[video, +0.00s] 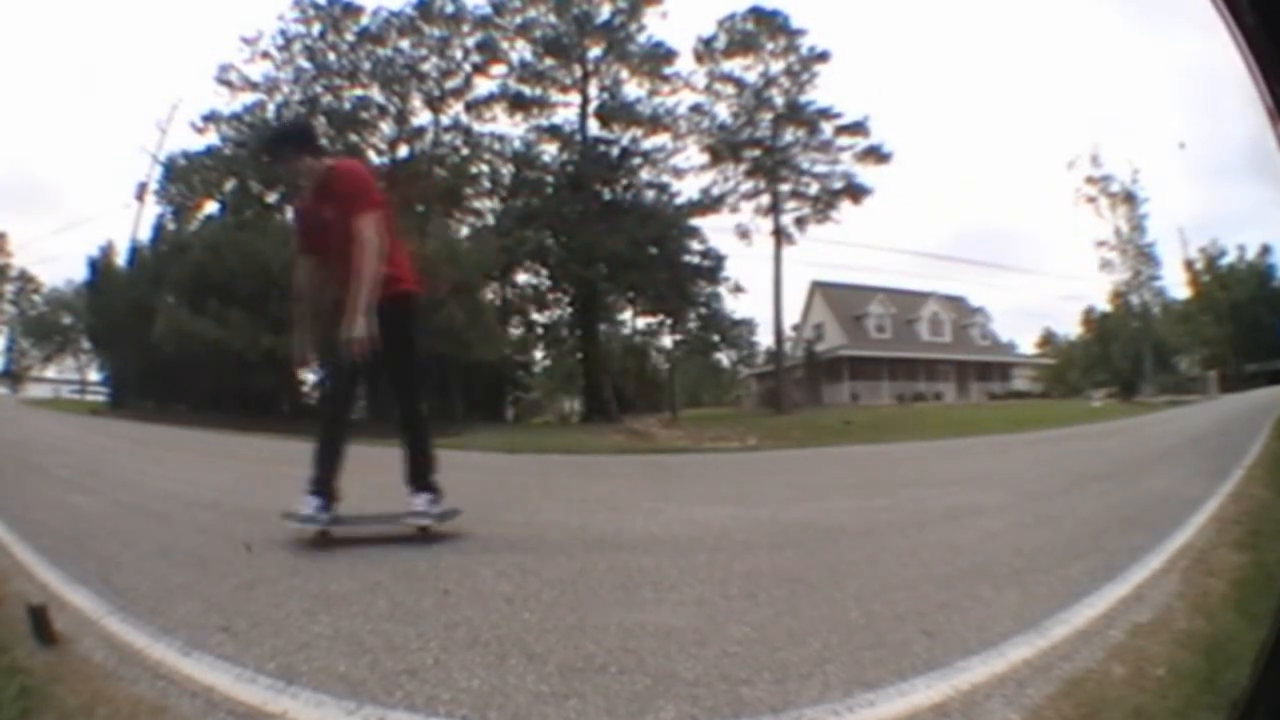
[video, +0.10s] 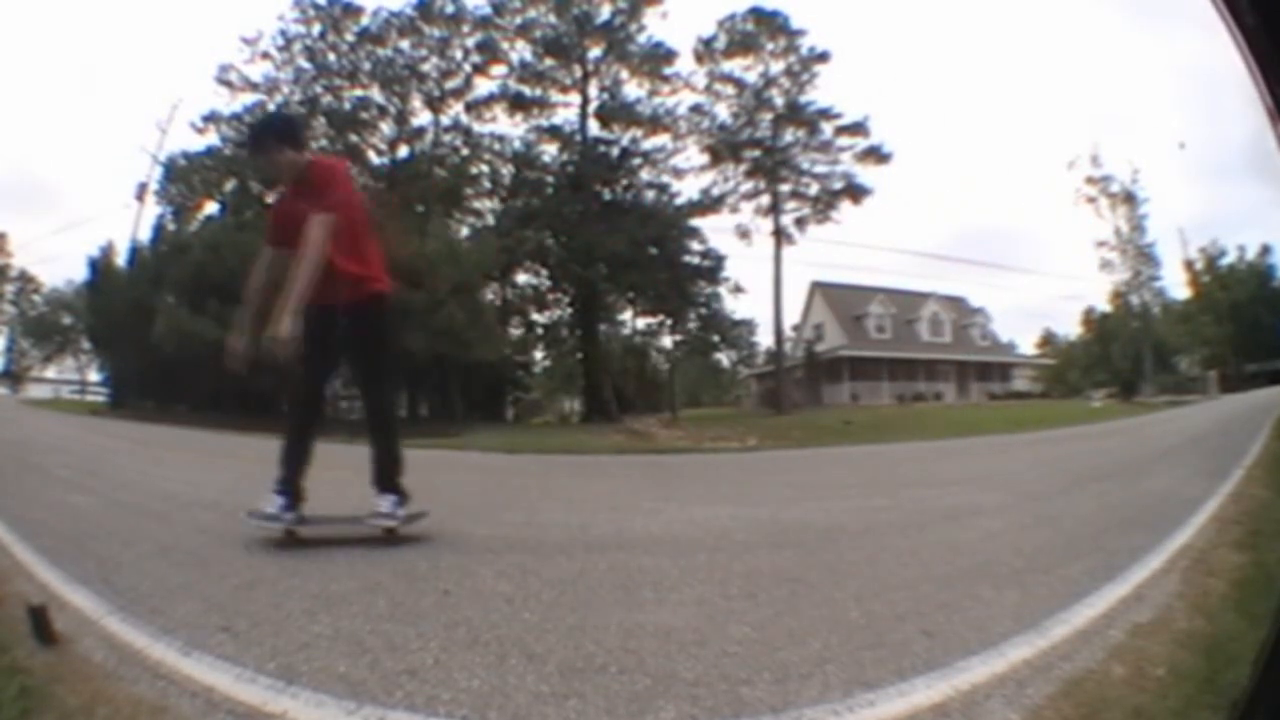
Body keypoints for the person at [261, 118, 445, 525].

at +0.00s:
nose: (288, 175)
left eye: (289, 165)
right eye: (282, 168)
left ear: (305, 154)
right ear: (287, 166)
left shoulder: (350, 175)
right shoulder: (306, 208)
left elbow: (370, 248)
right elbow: (307, 275)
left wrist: (360, 314)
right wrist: (305, 339)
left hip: (389, 298)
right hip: (347, 304)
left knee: (405, 392)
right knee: (335, 396)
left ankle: (424, 488)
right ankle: (322, 495)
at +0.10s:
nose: (263, 169)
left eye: (267, 157)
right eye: (259, 160)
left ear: (289, 149)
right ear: (269, 157)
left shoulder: (331, 177)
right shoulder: (285, 205)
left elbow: (315, 250)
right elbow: (266, 268)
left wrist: (288, 315)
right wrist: (243, 329)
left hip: (365, 303)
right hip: (321, 307)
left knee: (378, 397)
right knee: (305, 395)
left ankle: (391, 491)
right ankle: (288, 494)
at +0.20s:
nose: (245, 155)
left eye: (250, 144)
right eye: (241, 147)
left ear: (273, 138)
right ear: (244, 146)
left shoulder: (307, 171)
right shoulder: (261, 189)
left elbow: (276, 238)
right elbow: (232, 246)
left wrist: (229, 299)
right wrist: (190, 305)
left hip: (335, 300)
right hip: (293, 302)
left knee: (347, 395)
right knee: (276, 393)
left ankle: (362, 492)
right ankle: (258, 493)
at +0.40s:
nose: (218, 133)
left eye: (223, 124)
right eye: (215, 125)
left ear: (242, 120)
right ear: (217, 124)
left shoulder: (269, 161)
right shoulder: (220, 174)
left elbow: (237, 224)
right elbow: (185, 227)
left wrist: (181, 264)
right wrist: (135, 267)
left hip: (273, 293)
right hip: (232, 294)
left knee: (283, 391)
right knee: (216, 390)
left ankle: (301, 491)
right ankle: (200, 494)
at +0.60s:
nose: (205, 119)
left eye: (213, 111)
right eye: (200, 109)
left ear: (223, 113)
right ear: (189, 110)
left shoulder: (228, 157)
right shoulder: (176, 165)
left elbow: (212, 221)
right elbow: (155, 231)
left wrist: (163, 285)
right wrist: (118, 277)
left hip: (213, 289)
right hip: (173, 289)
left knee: (218, 391)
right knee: (152, 391)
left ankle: (234, 491)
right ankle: (139, 495)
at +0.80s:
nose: (167, 111)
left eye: (177, 104)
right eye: (166, 102)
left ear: (186, 106)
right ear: (161, 103)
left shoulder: (189, 159)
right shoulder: (136, 157)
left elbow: (182, 228)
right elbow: (119, 232)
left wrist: (172, 293)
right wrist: (117, 290)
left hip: (161, 291)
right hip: (123, 289)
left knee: (162, 389)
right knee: (99, 390)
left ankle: (178, 492)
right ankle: (89, 495)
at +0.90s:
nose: (155, 111)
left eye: (162, 103)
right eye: (156, 102)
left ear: (162, 103)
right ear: (161, 102)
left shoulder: (171, 161)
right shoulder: (117, 155)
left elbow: (172, 221)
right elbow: (92, 221)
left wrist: (175, 282)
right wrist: (89, 279)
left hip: (145, 290)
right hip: (103, 287)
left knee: (136, 388)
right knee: (76, 385)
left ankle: (154, 490)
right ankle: (69, 493)